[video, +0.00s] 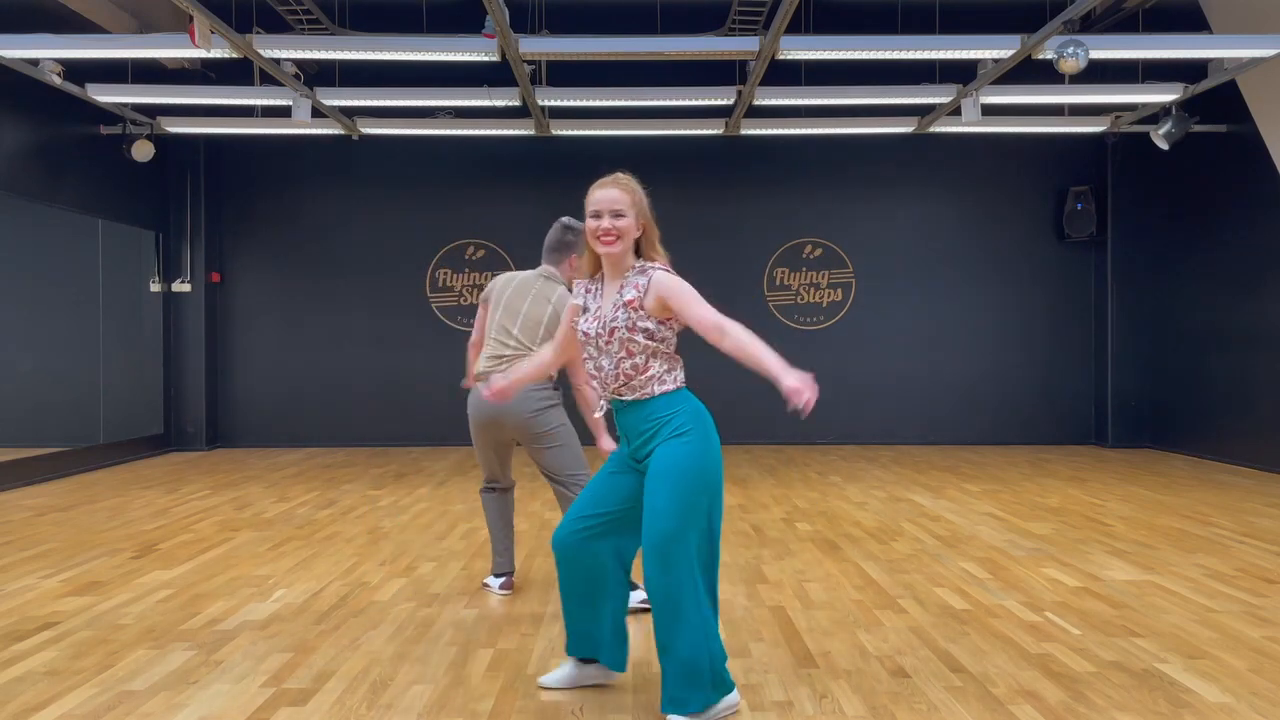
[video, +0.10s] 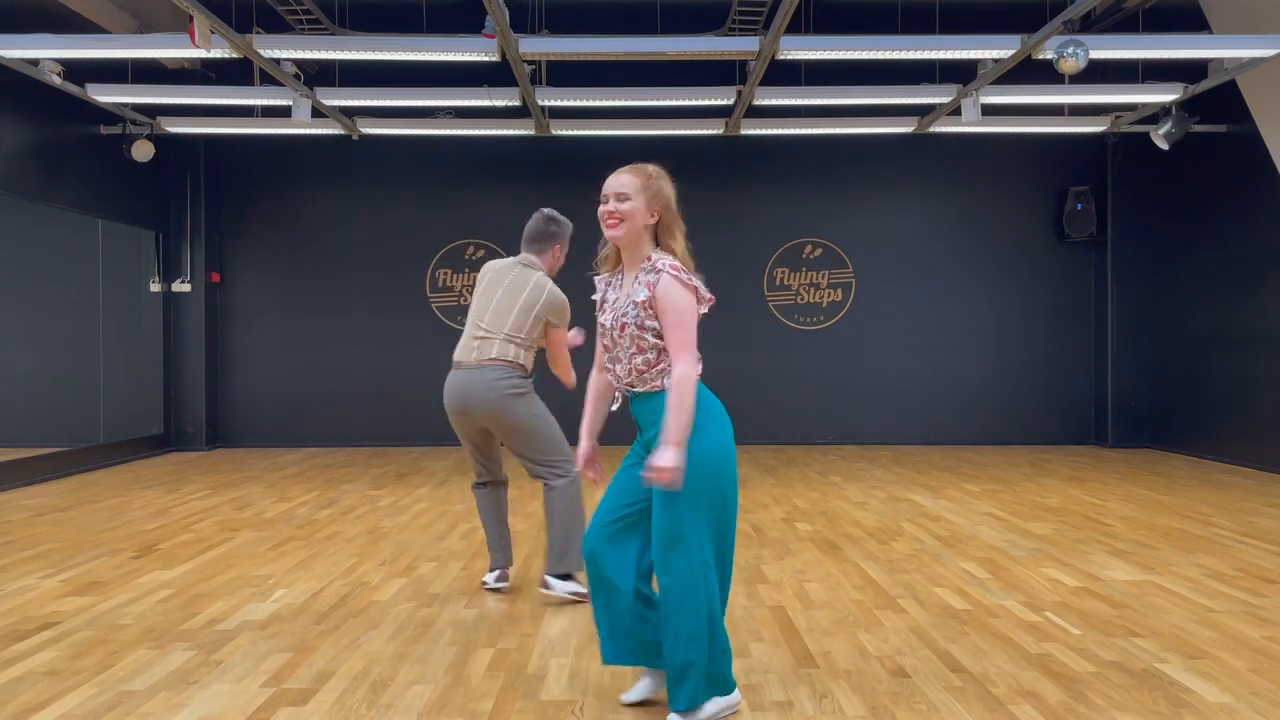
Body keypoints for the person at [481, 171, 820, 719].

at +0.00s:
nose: (606, 225)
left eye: (618, 215)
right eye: (596, 216)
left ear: (640, 223)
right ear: (585, 225)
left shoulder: (658, 283)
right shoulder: (582, 292)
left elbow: (721, 329)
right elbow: (557, 354)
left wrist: (783, 372)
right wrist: (512, 379)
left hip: (678, 429)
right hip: (632, 440)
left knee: (668, 551)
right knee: (575, 538)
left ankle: (708, 691)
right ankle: (595, 660)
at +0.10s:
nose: (607, 208)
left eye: (621, 199)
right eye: (604, 200)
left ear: (654, 212)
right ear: (602, 213)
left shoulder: (668, 279)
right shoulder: (610, 281)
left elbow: (686, 366)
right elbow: (605, 367)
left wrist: (673, 444)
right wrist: (588, 435)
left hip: (691, 424)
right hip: (654, 426)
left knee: (684, 556)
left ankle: (713, 687)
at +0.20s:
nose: (606, 200)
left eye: (616, 192)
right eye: (611, 191)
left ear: (643, 204)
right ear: (642, 205)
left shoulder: (670, 269)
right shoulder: (630, 267)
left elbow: (640, 356)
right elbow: (617, 345)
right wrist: (580, 378)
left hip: (706, 418)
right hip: (675, 420)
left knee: (681, 545)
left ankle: (722, 684)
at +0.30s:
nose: (620, 209)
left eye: (629, 202)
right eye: (627, 201)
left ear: (649, 217)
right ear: (660, 220)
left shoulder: (669, 282)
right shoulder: (639, 275)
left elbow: (589, 328)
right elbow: (584, 336)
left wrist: (569, 269)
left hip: (732, 426)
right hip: (709, 425)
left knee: (688, 548)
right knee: (668, 539)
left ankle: (727, 690)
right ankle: (700, 666)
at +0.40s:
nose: (635, 225)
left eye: (643, 220)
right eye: (640, 218)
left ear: (662, 233)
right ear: (674, 236)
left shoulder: (680, 298)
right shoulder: (661, 289)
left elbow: (613, 355)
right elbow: (609, 348)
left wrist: (607, 295)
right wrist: (570, 305)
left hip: (739, 442)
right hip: (743, 435)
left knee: (681, 566)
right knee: (715, 555)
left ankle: (712, 705)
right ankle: (741, 651)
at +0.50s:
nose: (656, 258)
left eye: (659, 249)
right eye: (659, 249)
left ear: (665, 257)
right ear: (713, 253)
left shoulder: (685, 321)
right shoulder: (709, 308)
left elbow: (668, 410)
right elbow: (672, 389)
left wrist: (636, 391)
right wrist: (621, 418)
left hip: (743, 456)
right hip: (765, 446)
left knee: (677, 572)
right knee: (726, 553)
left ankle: (716, 706)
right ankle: (781, 637)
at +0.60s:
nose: (664, 271)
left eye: (668, 261)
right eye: (668, 260)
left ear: (677, 269)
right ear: (721, 264)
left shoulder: (698, 326)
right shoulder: (732, 314)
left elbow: (713, 413)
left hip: (749, 454)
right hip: (779, 443)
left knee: (687, 565)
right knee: (753, 540)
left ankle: (719, 698)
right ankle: (797, 621)